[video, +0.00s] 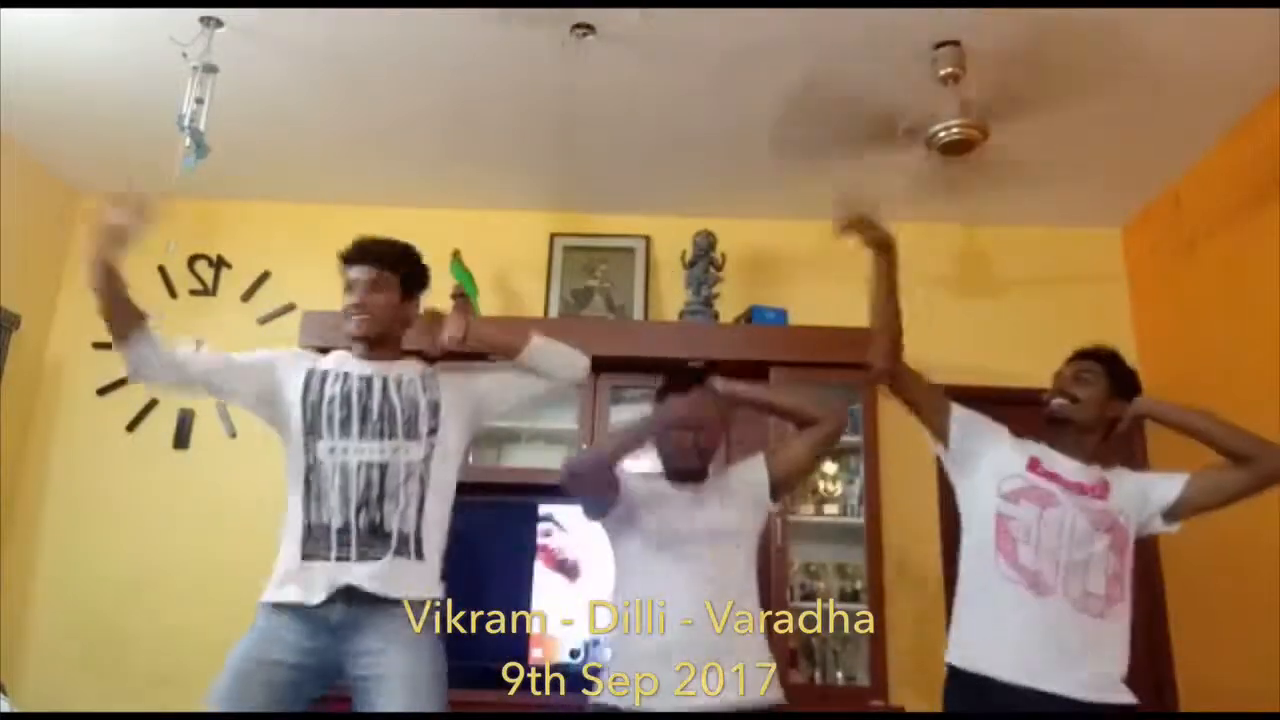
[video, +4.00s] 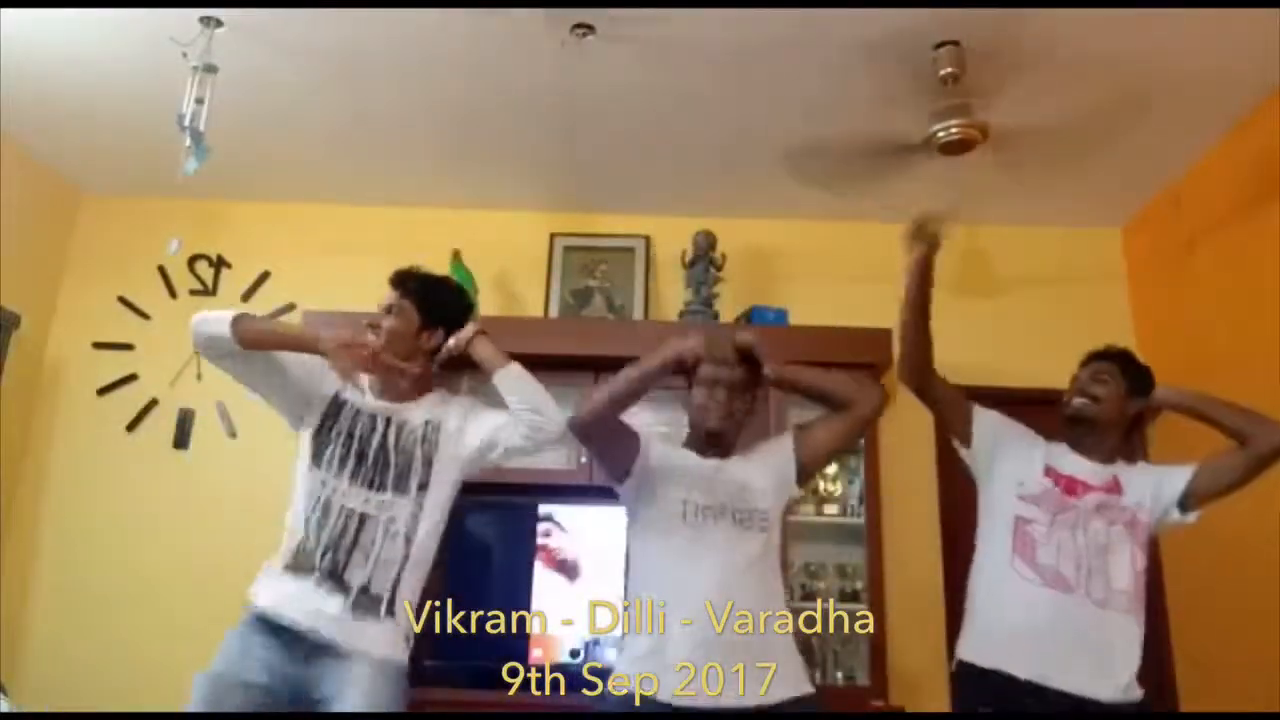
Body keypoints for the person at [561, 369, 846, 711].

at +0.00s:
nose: (690, 440)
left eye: (701, 427)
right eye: (678, 427)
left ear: (720, 431)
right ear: (657, 432)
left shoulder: (745, 489)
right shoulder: (625, 494)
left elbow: (830, 424)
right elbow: (578, 473)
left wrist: (739, 397)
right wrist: (652, 423)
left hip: (739, 698)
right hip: (637, 698)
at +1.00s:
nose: (722, 360)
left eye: (737, 354)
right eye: (714, 351)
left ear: (758, 376)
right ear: (694, 368)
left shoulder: (778, 449)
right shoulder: (646, 429)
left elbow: (889, 455)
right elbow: (545, 388)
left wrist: (818, 376)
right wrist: (532, 265)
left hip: (738, 677)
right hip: (630, 665)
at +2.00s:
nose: (842, 402)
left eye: (849, 390)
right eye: (829, 386)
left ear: (853, 399)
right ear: (784, 388)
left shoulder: (848, 495)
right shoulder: (733, 459)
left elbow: (889, 610)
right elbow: (690, 562)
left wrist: (979, 664)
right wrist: (607, 622)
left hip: (868, 691)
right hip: (779, 683)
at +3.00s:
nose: (604, 400)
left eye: (619, 387)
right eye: (605, 386)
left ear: (671, 393)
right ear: (647, 395)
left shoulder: (734, 462)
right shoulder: (611, 487)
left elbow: (801, 570)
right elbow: (526, 561)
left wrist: (908, 567)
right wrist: (434, 570)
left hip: (698, 695)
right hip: (600, 694)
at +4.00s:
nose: (718, 399)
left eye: (734, 389)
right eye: (708, 385)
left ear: (751, 401)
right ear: (688, 390)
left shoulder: (770, 469)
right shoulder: (645, 463)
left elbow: (868, 398)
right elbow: (587, 422)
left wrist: (774, 374)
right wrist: (662, 359)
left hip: (768, 695)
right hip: (659, 692)